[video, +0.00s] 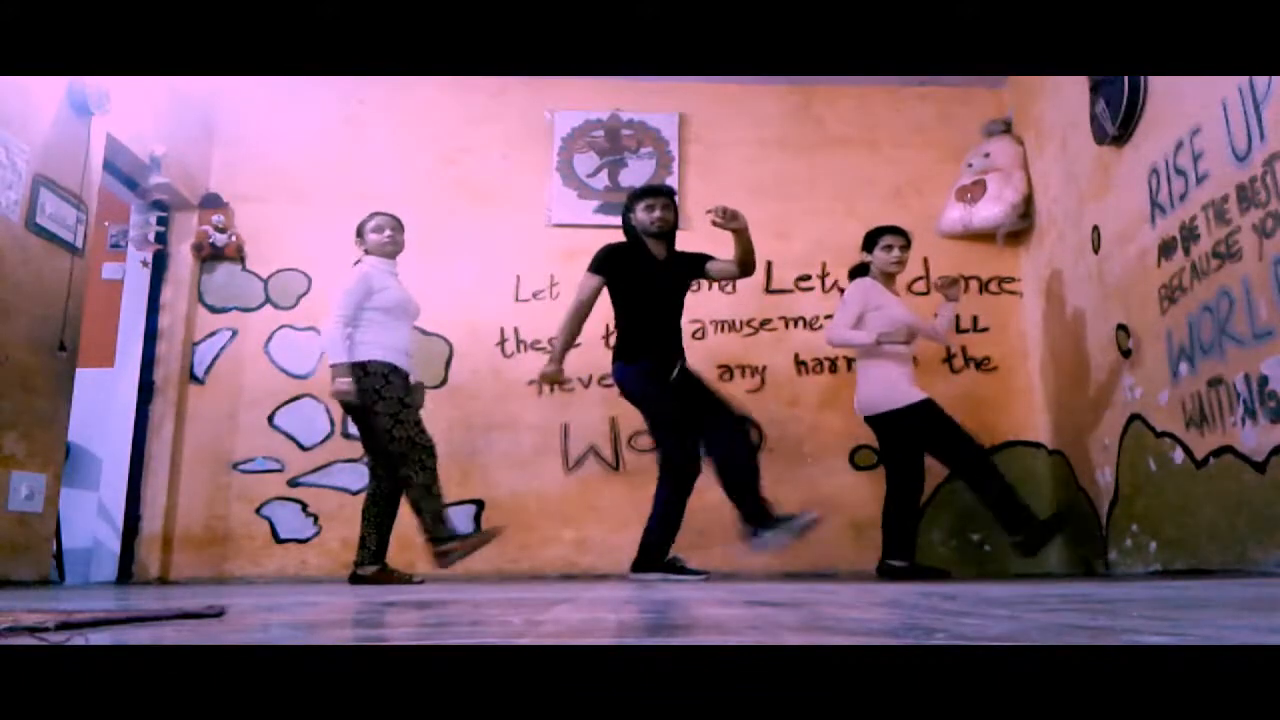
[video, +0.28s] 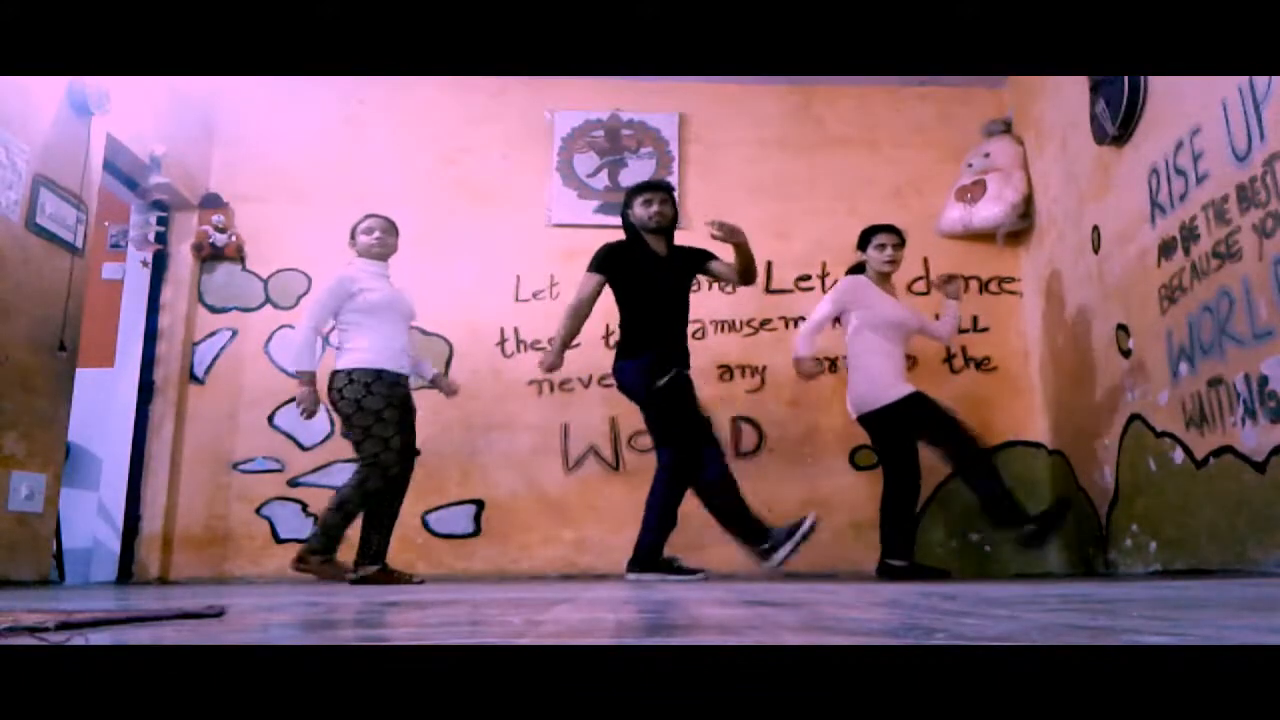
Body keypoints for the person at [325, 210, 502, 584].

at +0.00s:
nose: (388, 234)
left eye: (394, 229)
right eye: (377, 229)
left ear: (403, 241)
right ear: (362, 242)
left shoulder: (394, 283)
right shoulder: (363, 275)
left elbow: (400, 340)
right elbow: (338, 323)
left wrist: (413, 380)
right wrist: (341, 372)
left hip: (393, 378)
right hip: (371, 375)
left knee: (388, 472)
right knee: (417, 451)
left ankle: (369, 564)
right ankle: (443, 540)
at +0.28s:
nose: (377, 235)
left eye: (386, 232)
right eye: (368, 231)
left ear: (396, 246)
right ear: (353, 243)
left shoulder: (396, 295)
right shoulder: (348, 279)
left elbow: (403, 349)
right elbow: (309, 325)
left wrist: (435, 377)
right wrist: (307, 382)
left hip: (394, 385)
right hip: (358, 380)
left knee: (400, 465)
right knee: (379, 463)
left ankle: (371, 563)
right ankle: (316, 551)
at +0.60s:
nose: (348, 234)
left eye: (357, 230)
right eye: (341, 229)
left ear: (372, 244)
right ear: (327, 242)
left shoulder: (390, 286)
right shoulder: (309, 284)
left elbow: (418, 330)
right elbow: (277, 329)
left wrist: (435, 372)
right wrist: (243, 357)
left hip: (369, 388)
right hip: (314, 387)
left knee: (369, 476)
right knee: (319, 477)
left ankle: (369, 560)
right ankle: (321, 565)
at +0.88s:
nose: (320, 237)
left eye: (330, 234)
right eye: (315, 232)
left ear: (344, 249)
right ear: (303, 242)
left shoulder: (354, 287)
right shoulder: (278, 282)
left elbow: (396, 334)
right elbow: (231, 313)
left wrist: (432, 366)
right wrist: (196, 307)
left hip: (331, 383)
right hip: (293, 388)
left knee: (268, 464)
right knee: (331, 478)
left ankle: (267, 566)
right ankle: (382, 563)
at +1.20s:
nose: (208, 203)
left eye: (222, 199)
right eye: (201, 199)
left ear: (242, 219)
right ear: (190, 213)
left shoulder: (257, 272)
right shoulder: (161, 265)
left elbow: (242, 328)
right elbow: (133, 323)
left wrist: (194, 320)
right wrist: (103, 364)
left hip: (216, 392)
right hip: (149, 387)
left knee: (173, 494)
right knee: (145, 499)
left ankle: (134, 608)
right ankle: (185, 604)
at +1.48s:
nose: (161, 201)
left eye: (176, 199)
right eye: (157, 196)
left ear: (197, 219)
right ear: (146, 207)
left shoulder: (208, 262)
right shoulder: (125, 270)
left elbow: (255, 314)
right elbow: (99, 329)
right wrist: (47, 318)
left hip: (167, 382)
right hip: (137, 384)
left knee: (93, 489)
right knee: (166, 502)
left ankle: (79, 606)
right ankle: (220, 606)